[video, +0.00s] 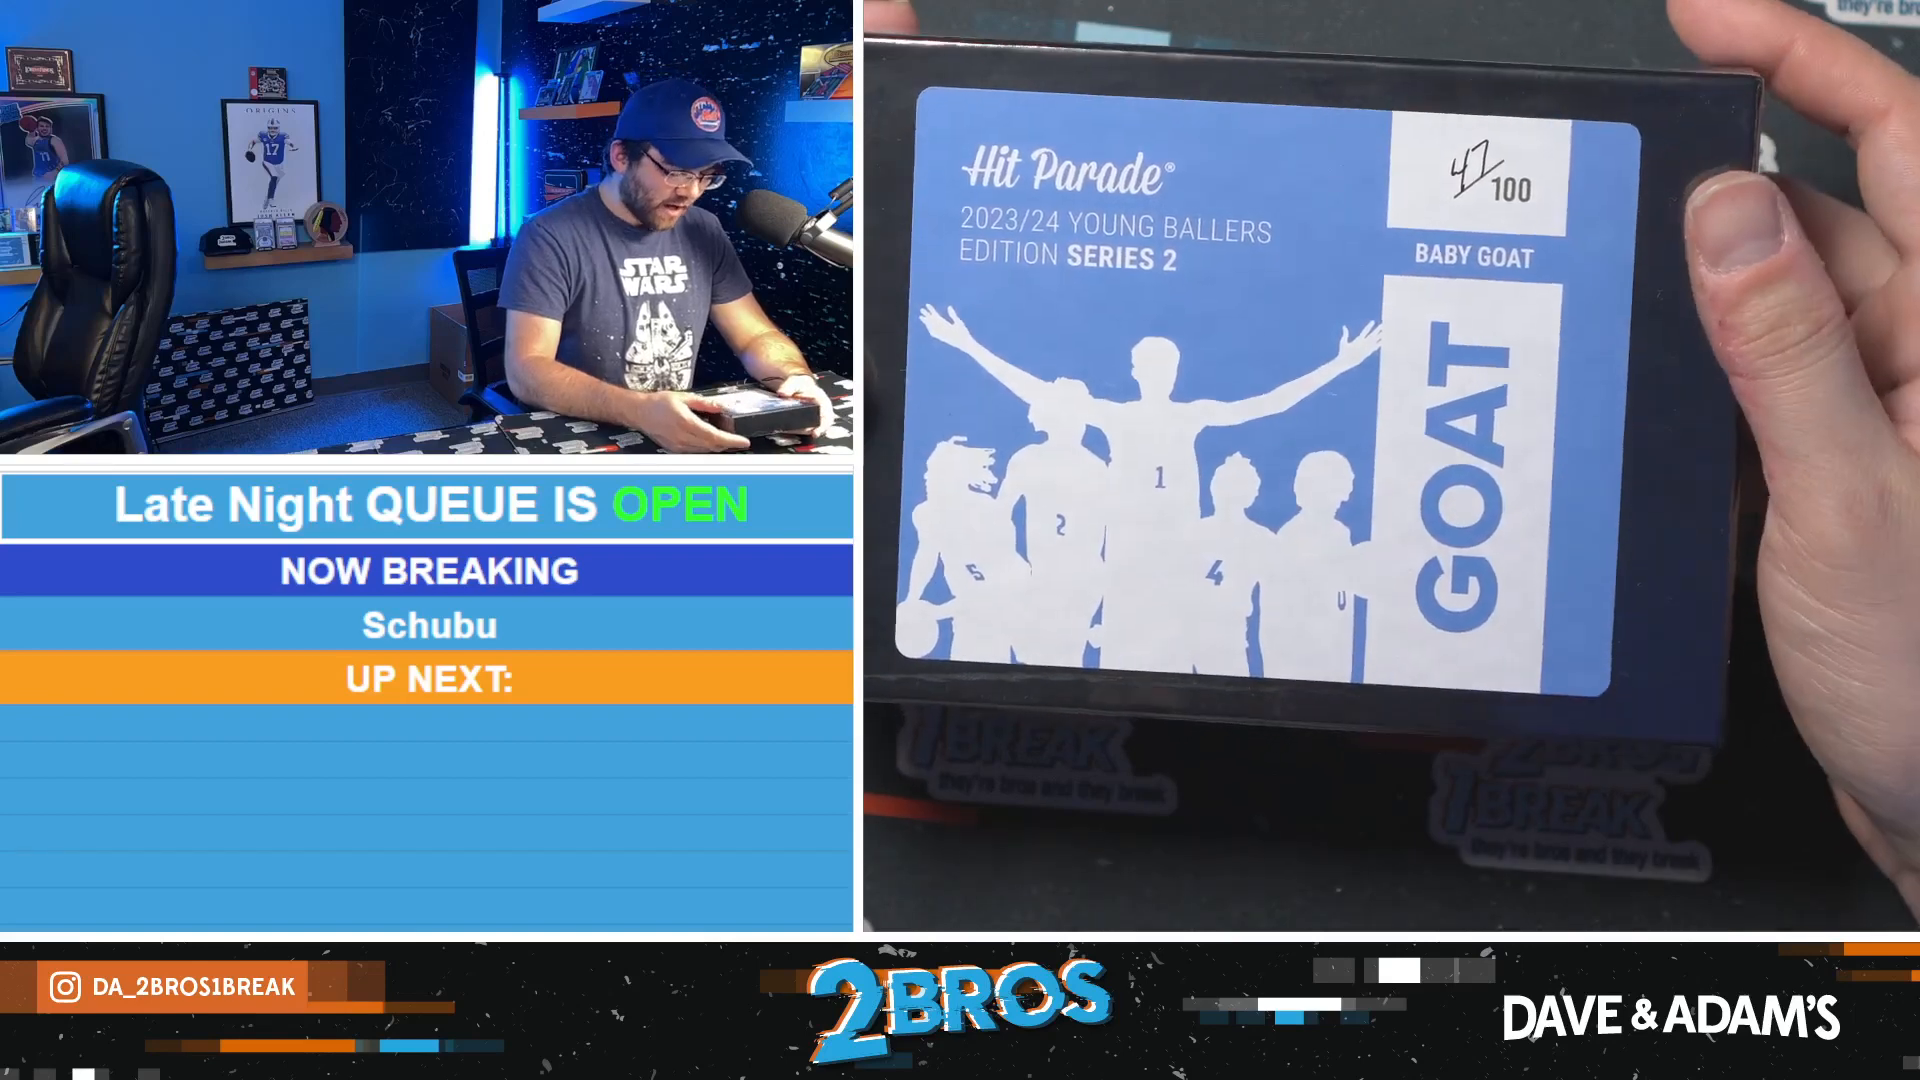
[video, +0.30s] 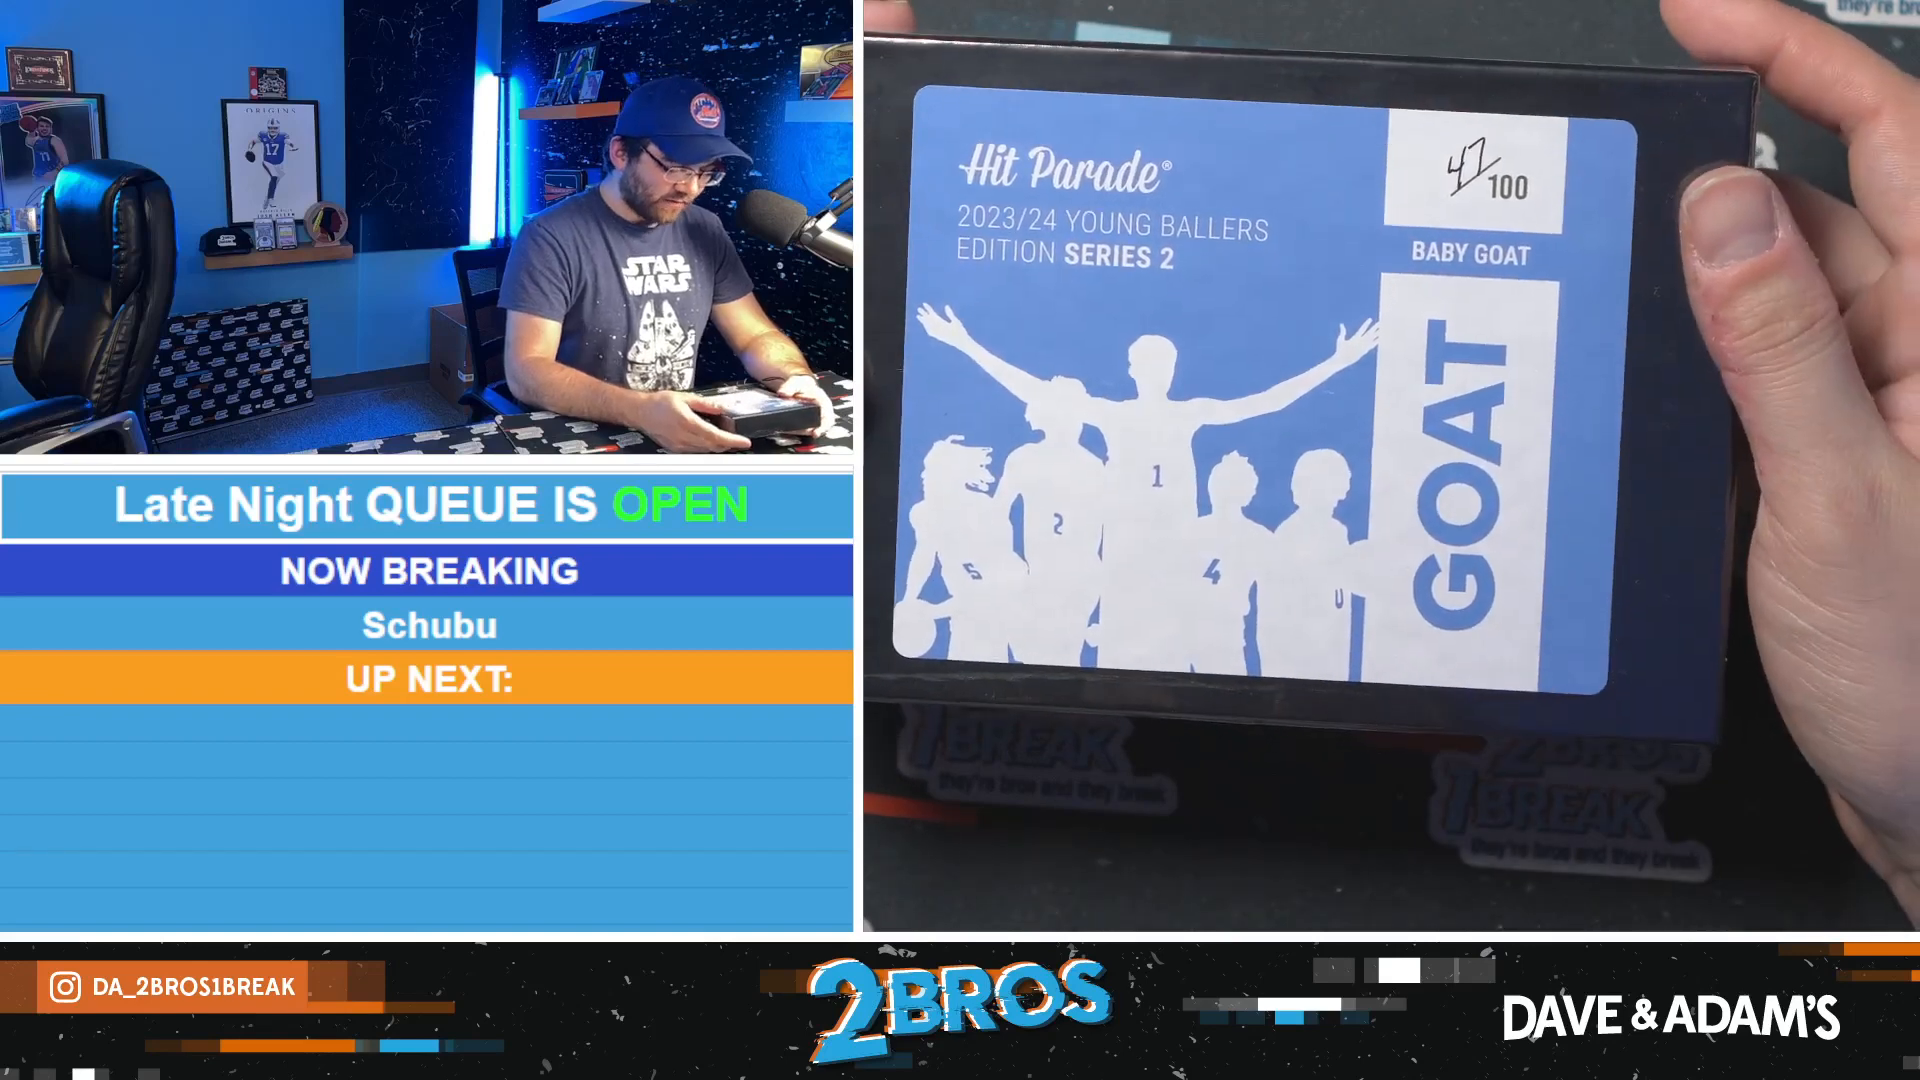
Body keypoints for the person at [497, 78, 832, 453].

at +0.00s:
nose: (689, 192)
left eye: (703, 174)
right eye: (674, 170)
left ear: (715, 172)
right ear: (620, 157)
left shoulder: (702, 232)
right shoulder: (552, 235)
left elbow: (754, 334)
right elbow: (527, 370)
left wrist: (794, 374)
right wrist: (640, 409)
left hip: (681, 459)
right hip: (578, 463)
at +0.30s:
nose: (688, 187)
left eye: (702, 171)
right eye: (672, 166)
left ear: (714, 169)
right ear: (620, 154)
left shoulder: (703, 231)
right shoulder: (553, 235)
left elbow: (755, 334)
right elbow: (527, 371)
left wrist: (794, 375)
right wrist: (641, 409)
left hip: (683, 456)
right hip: (580, 461)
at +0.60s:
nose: (689, 188)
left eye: (704, 171)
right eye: (674, 167)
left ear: (716, 169)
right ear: (620, 154)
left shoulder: (702, 230)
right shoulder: (552, 236)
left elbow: (754, 333)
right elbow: (527, 371)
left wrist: (793, 375)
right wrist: (643, 409)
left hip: (681, 456)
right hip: (578, 461)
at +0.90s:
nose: (690, 189)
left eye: (705, 172)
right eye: (675, 168)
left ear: (716, 168)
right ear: (620, 155)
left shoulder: (701, 231)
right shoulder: (551, 236)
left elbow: (754, 334)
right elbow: (526, 371)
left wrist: (793, 375)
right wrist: (644, 408)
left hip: (678, 457)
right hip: (576, 461)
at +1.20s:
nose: (690, 190)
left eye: (703, 173)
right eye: (674, 169)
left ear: (715, 169)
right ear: (619, 155)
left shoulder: (701, 231)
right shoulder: (551, 236)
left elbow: (754, 334)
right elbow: (526, 371)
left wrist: (793, 375)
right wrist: (643, 408)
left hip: (677, 458)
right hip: (574, 461)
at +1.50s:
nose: (690, 191)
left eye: (704, 174)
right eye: (673, 169)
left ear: (715, 170)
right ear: (620, 156)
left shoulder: (702, 232)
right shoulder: (553, 236)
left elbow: (755, 335)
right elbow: (527, 372)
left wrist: (794, 375)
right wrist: (643, 409)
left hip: (681, 458)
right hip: (577, 463)